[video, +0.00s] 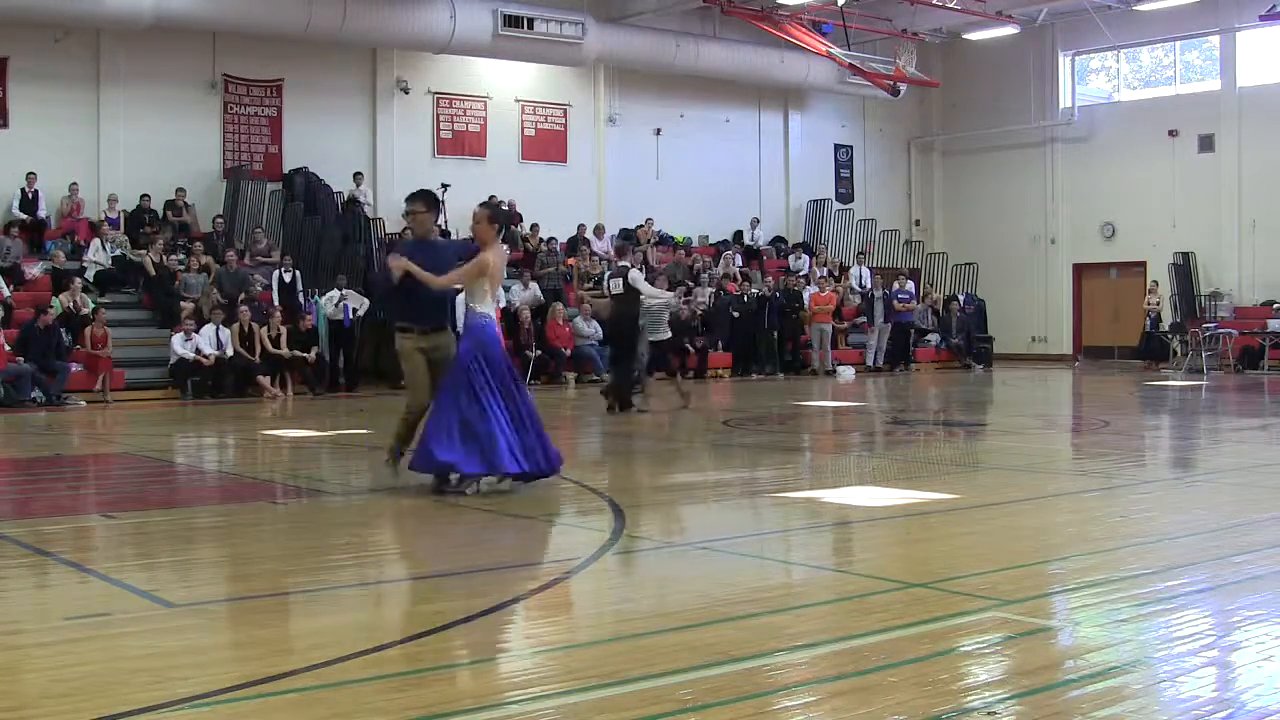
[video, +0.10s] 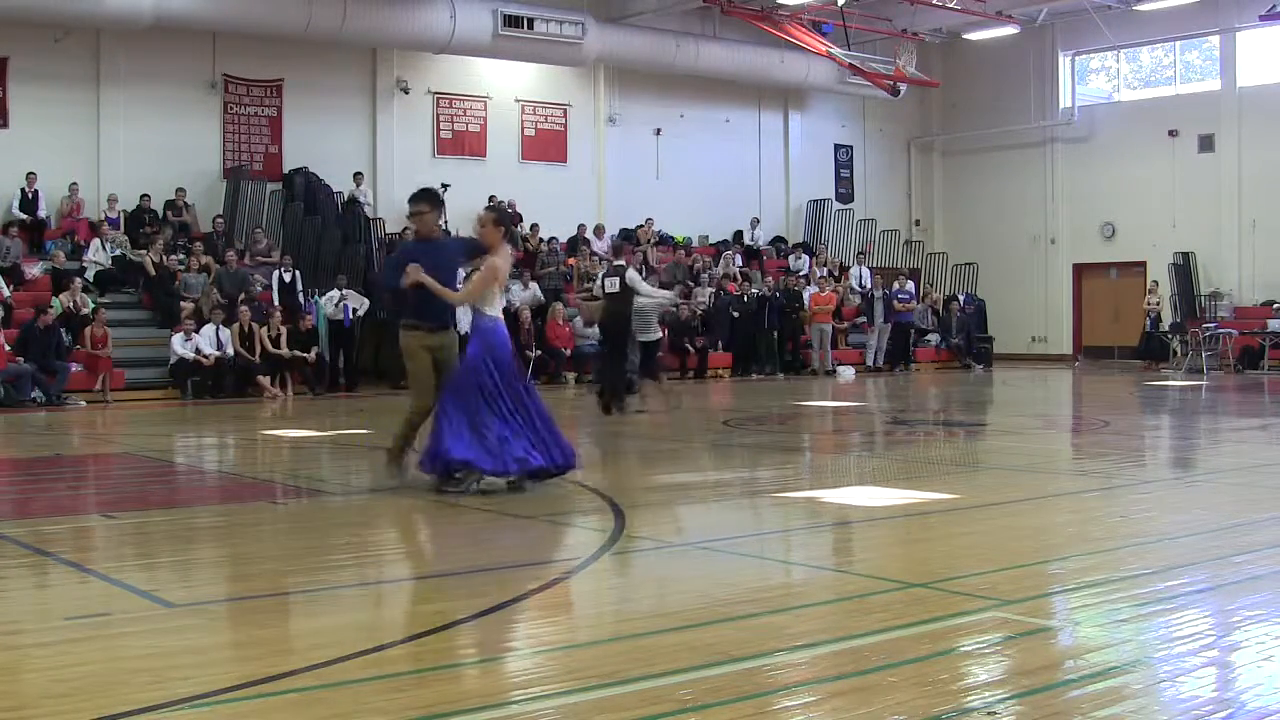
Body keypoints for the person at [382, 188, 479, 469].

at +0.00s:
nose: (410, 220)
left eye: (416, 214)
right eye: (408, 214)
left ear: (434, 216)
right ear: (407, 217)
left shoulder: (452, 249)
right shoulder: (400, 251)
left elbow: (485, 251)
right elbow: (382, 288)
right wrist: (394, 271)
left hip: (442, 334)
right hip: (408, 336)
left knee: (449, 401)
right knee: (420, 401)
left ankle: (444, 467)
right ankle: (397, 449)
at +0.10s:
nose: (414, 220)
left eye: (420, 214)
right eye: (411, 214)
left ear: (439, 214)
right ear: (409, 217)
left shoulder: (454, 246)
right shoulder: (406, 251)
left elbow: (489, 247)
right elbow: (385, 281)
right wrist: (404, 281)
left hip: (447, 333)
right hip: (414, 333)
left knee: (452, 398)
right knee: (424, 399)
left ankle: (449, 461)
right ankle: (397, 450)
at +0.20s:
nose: (422, 222)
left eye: (428, 216)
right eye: (419, 217)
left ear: (445, 215)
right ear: (416, 217)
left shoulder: (459, 245)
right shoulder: (414, 247)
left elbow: (494, 248)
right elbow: (388, 265)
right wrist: (414, 268)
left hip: (448, 333)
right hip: (416, 332)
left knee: (451, 399)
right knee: (423, 403)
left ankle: (450, 461)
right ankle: (427, 464)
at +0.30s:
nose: (429, 222)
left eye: (435, 216)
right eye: (425, 216)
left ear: (450, 215)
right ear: (421, 218)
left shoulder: (461, 246)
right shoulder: (415, 246)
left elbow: (495, 250)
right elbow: (390, 259)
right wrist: (408, 244)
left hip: (451, 334)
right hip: (418, 333)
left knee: (454, 399)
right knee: (425, 405)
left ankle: (455, 464)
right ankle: (430, 465)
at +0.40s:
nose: (434, 221)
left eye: (439, 214)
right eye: (428, 215)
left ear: (452, 214)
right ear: (422, 217)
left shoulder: (461, 246)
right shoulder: (416, 244)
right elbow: (396, 247)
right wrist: (401, 227)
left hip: (451, 333)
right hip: (419, 333)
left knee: (454, 399)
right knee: (428, 404)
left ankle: (455, 463)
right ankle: (432, 464)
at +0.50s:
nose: (439, 220)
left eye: (444, 213)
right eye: (433, 213)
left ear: (452, 216)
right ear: (423, 215)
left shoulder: (461, 248)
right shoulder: (413, 245)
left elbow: (484, 254)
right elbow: (388, 236)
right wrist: (398, 211)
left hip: (450, 333)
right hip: (417, 333)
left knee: (454, 403)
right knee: (423, 404)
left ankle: (449, 464)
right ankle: (417, 464)